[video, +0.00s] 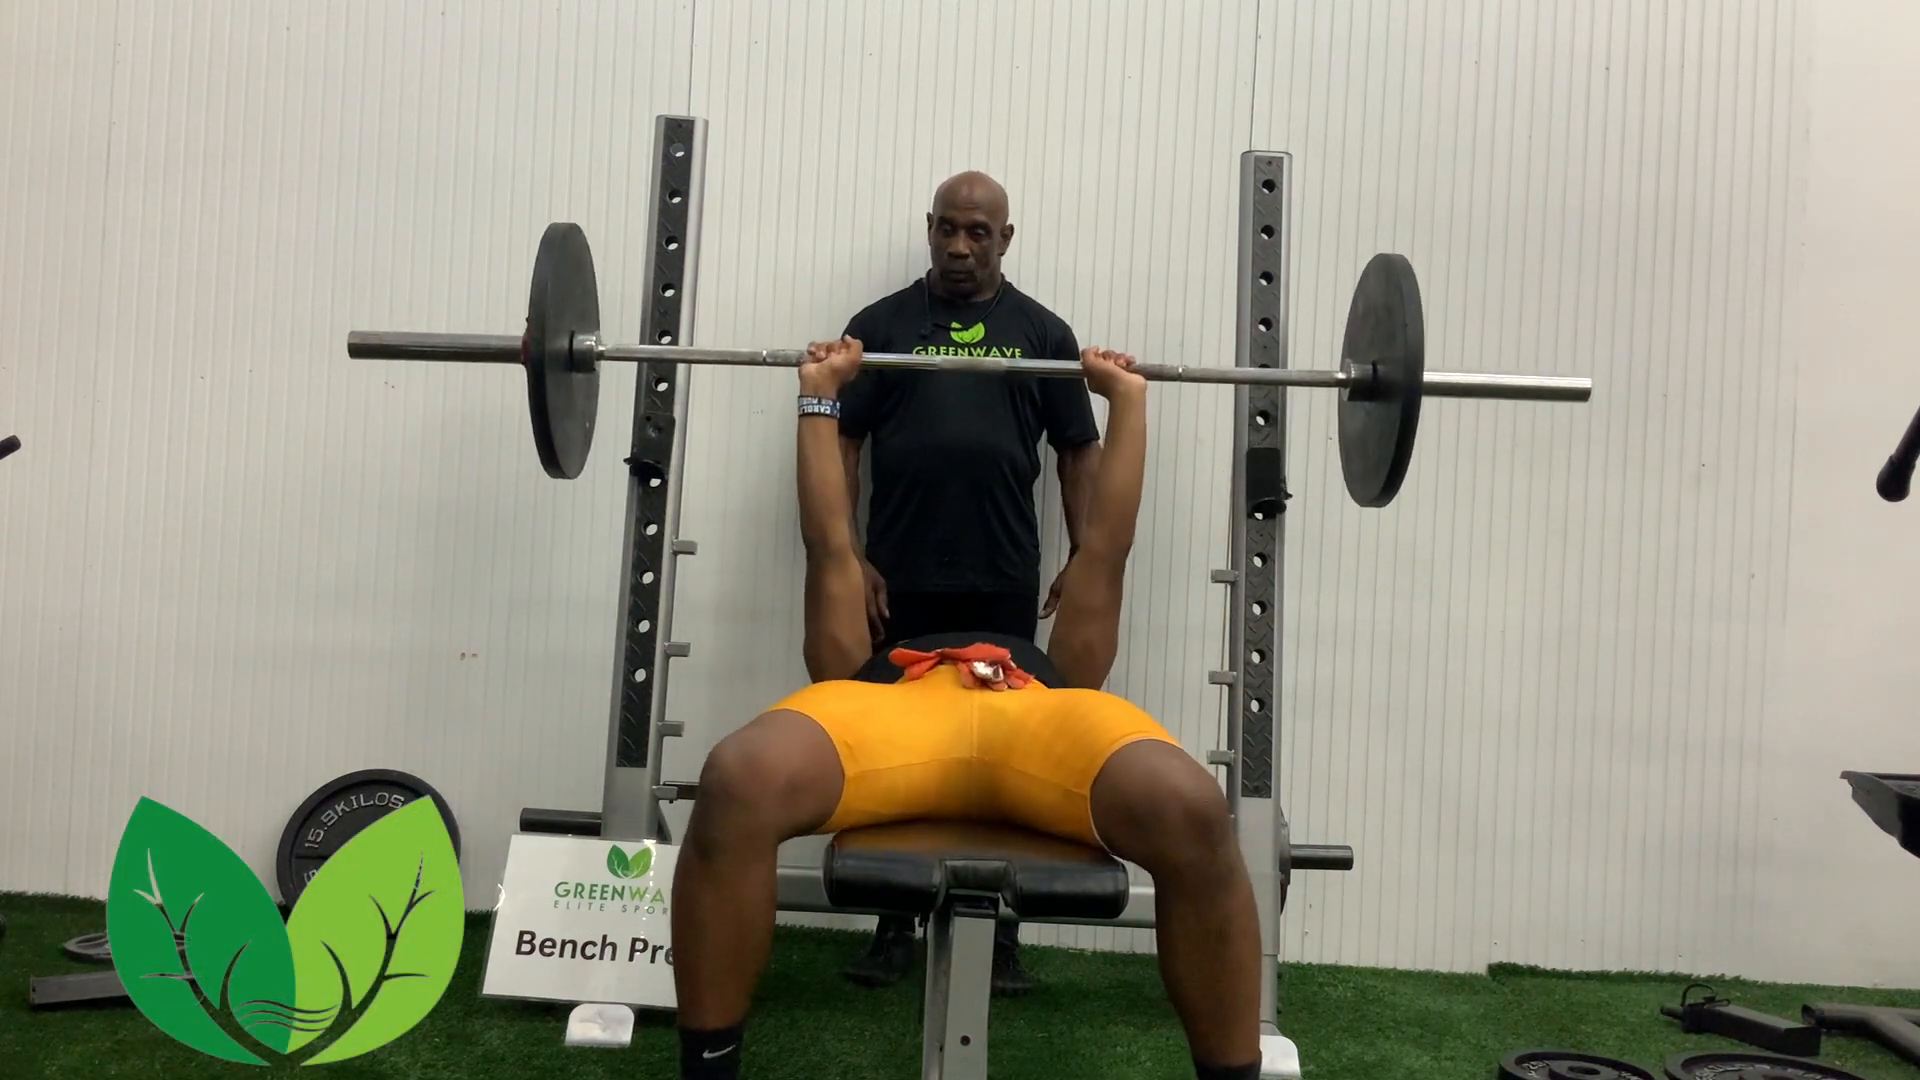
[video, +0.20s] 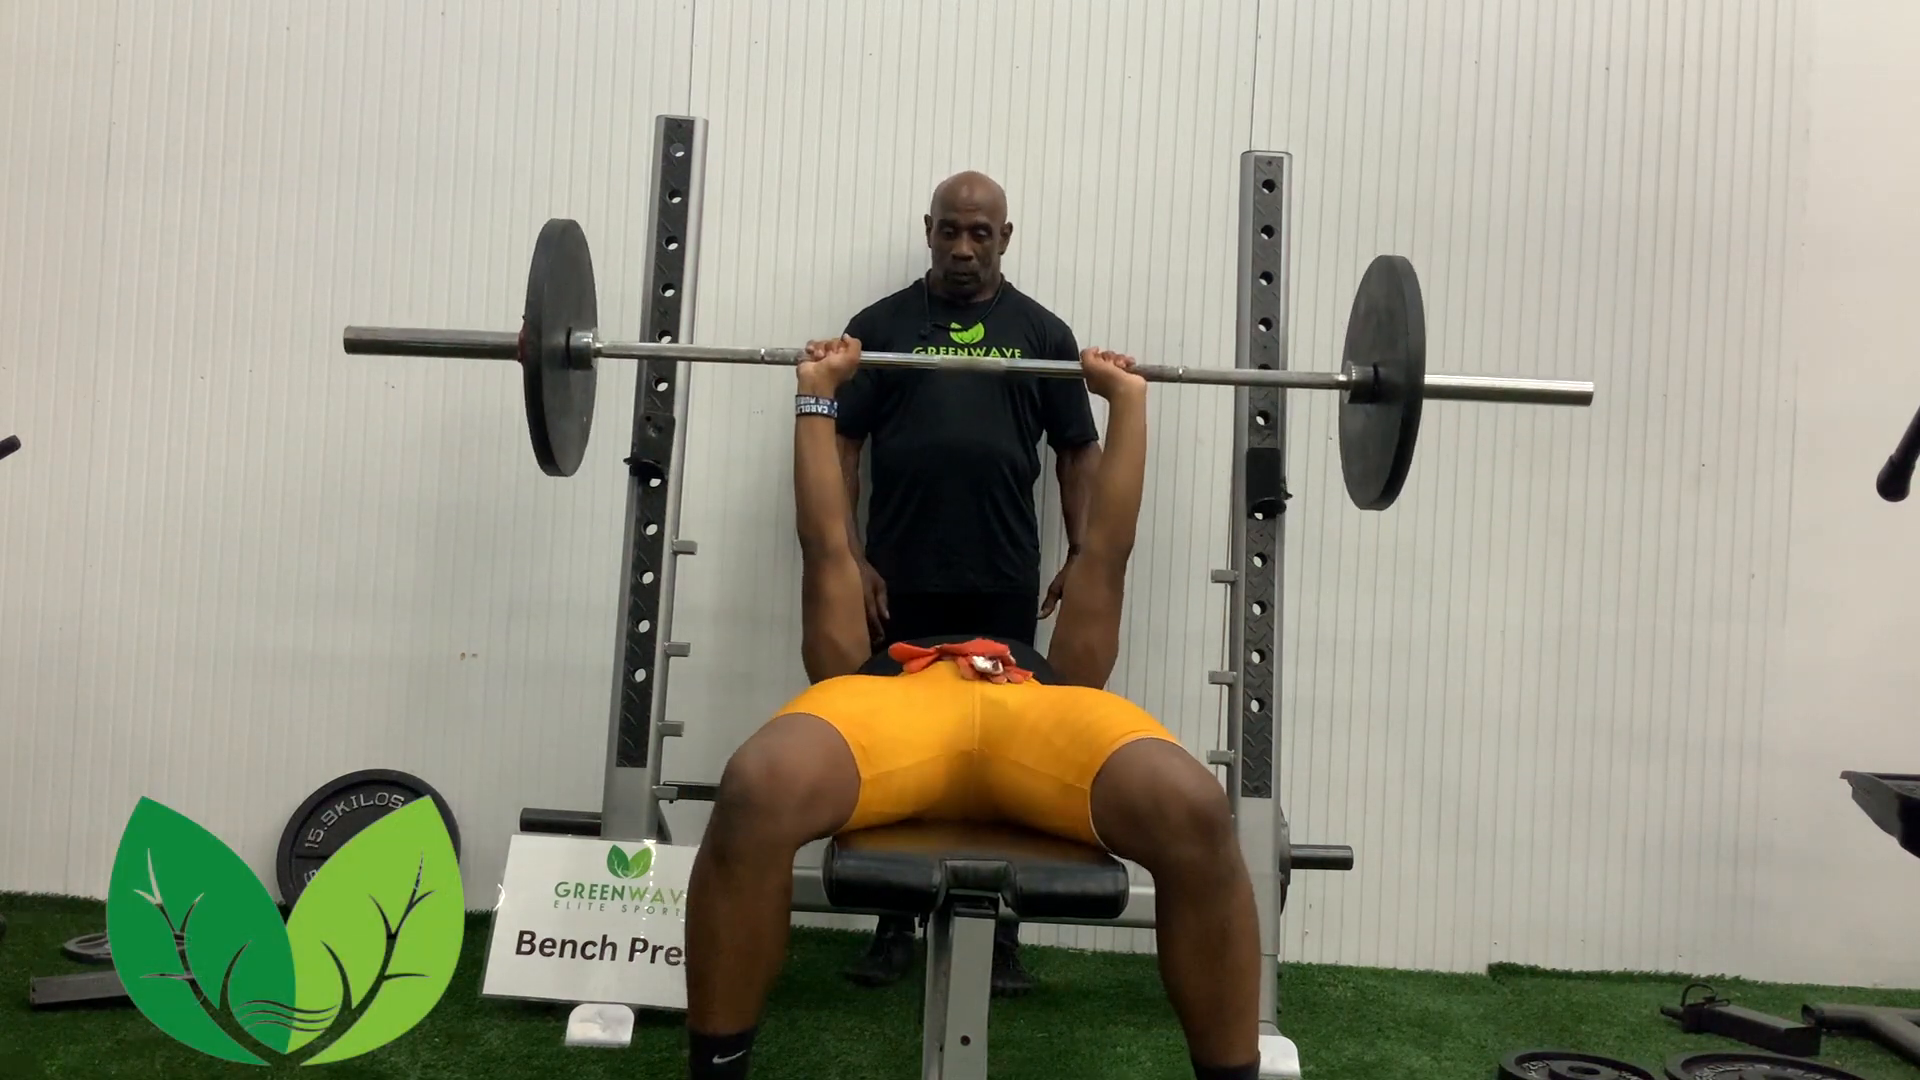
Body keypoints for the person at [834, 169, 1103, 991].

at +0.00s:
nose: (959, 246)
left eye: (977, 232)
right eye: (946, 229)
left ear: (1006, 241)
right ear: (928, 233)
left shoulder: (1045, 337)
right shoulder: (875, 330)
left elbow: (1078, 460)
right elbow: (845, 456)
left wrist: (1082, 560)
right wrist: (849, 558)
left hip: (1007, 579)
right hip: (899, 573)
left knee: (1011, 752)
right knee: (891, 744)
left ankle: (999, 927)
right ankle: (897, 917)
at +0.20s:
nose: (965, 247)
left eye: (982, 234)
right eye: (951, 232)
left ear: (1006, 239)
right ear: (929, 233)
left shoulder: (1045, 337)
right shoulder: (874, 331)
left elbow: (1077, 457)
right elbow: (843, 457)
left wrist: (1080, 555)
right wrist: (850, 560)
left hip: (1007, 579)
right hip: (899, 574)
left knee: (1010, 754)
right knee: (890, 748)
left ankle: (998, 928)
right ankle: (896, 918)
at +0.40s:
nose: (969, 249)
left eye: (985, 235)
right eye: (954, 234)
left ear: (1006, 240)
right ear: (928, 237)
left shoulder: (1044, 337)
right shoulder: (874, 332)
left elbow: (1078, 456)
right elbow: (844, 456)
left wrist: (1081, 553)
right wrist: (851, 558)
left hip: (1007, 579)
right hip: (900, 574)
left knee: (1011, 753)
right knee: (893, 748)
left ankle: (1000, 929)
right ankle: (897, 918)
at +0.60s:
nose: (972, 248)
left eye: (987, 234)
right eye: (956, 233)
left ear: (1007, 237)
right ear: (928, 236)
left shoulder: (1043, 336)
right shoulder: (874, 334)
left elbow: (1077, 450)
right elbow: (841, 454)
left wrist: (1078, 554)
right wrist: (849, 558)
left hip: (1009, 583)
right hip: (900, 578)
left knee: (1014, 758)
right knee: (892, 751)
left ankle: (1000, 931)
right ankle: (896, 921)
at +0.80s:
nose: (970, 248)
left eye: (986, 234)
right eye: (954, 233)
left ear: (1006, 238)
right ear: (927, 236)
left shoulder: (1042, 337)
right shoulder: (877, 332)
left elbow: (1077, 459)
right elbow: (834, 456)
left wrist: (1081, 560)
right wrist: (850, 560)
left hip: (1007, 584)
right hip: (903, 581)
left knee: (1013, 750)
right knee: (891, 747)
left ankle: (999, 929)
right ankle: (896, 919)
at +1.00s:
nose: (967, 248)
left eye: (983, 235)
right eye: (952, 233)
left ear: (1005, 239)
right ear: (926, 237)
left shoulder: (1042, 336)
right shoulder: (877, 330)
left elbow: (1078, 455)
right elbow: (836, 445)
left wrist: (1083, 563)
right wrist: (844, 556)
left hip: (1006, 590)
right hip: (900, 585)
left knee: (1011, 759)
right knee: (889, 754)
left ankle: (1000, 931)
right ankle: (894, 924)